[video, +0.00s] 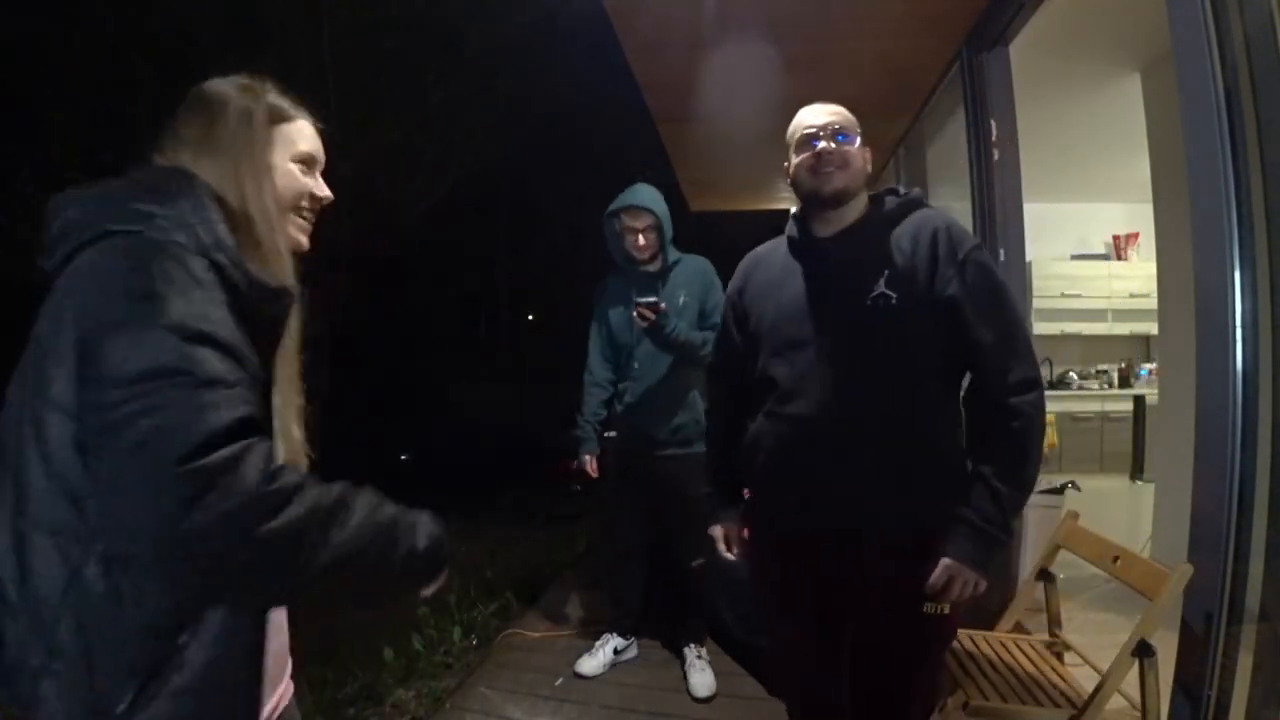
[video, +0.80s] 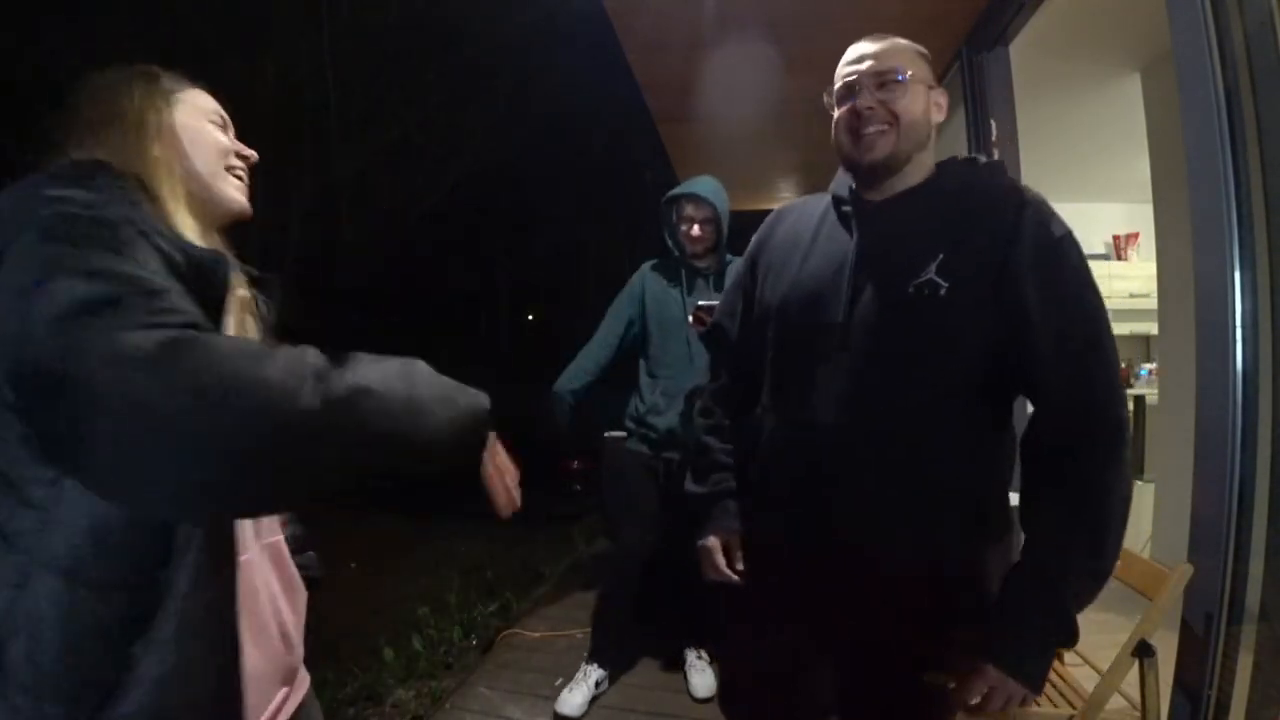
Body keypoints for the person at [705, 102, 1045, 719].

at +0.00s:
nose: (824, 146)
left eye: (841, 134)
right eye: (806, 141)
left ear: (870, 158)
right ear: (789, 173)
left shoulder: (933, 241)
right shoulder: (755, 273)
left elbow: (1013, 393)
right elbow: (725, 398)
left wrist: (977, 537)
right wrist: (724, 501)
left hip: (909, 532)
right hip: (791, 533)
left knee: (897, 702)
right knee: (811, 700)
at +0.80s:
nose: (861, 100)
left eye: (888, 81)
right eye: (845, 91)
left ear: (937, 104)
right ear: (831, 121)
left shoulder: (1010, 224)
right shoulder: (779, 234)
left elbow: (1086, 432)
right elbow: (722, 389)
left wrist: (1026, 636)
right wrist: (716, 506)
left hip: (937, 586)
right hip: (782, 583)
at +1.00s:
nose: (877, 87)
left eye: (906, 67)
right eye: (862, 78)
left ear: (960, 93)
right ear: (847, 109)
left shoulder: (1030, 205)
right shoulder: (797, 220)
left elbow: (1117, 428)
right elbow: (729, 379)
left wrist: (1027, 642)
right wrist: (725, 500)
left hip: (943, 592)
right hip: (786, 581)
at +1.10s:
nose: (899, 79)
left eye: (930, 63)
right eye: (883, 69)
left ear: (974, 97)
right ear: (860, 97)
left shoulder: (1035, 206)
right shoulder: (801, 217)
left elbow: (1116, 432)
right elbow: (735, 374)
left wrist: (1016, 644)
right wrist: (730, 506)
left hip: (939, 595)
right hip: (777, 581)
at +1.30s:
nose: (910, 77)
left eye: (939, 66)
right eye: (890, 66)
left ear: (970, 107)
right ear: (858, 102)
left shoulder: (1038, 216)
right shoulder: (785, 226)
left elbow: (1086, 440)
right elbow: (722, 391)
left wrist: (973, 617)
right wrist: (737, 525)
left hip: (936, 611)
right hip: (783, 593)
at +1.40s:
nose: (901, 83)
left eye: (925, 72)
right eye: (878, 71)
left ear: (954, 110)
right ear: (841, 114)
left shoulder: (1030, 225)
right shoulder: (772, 235)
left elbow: (1075, 433)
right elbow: (712, 403)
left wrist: (971, 600)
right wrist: (739, 547)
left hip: (943, 612)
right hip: (790, 597)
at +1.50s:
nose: (884, 94)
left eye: (904, 81)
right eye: (859, 81)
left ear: (930, 117)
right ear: (820, 125)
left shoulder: (1013, 226)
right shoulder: (758, 249)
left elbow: (1071, 419)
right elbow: (703, 429)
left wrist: (975, 585)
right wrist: (741, 574)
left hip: (944, 615)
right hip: (793, 613)